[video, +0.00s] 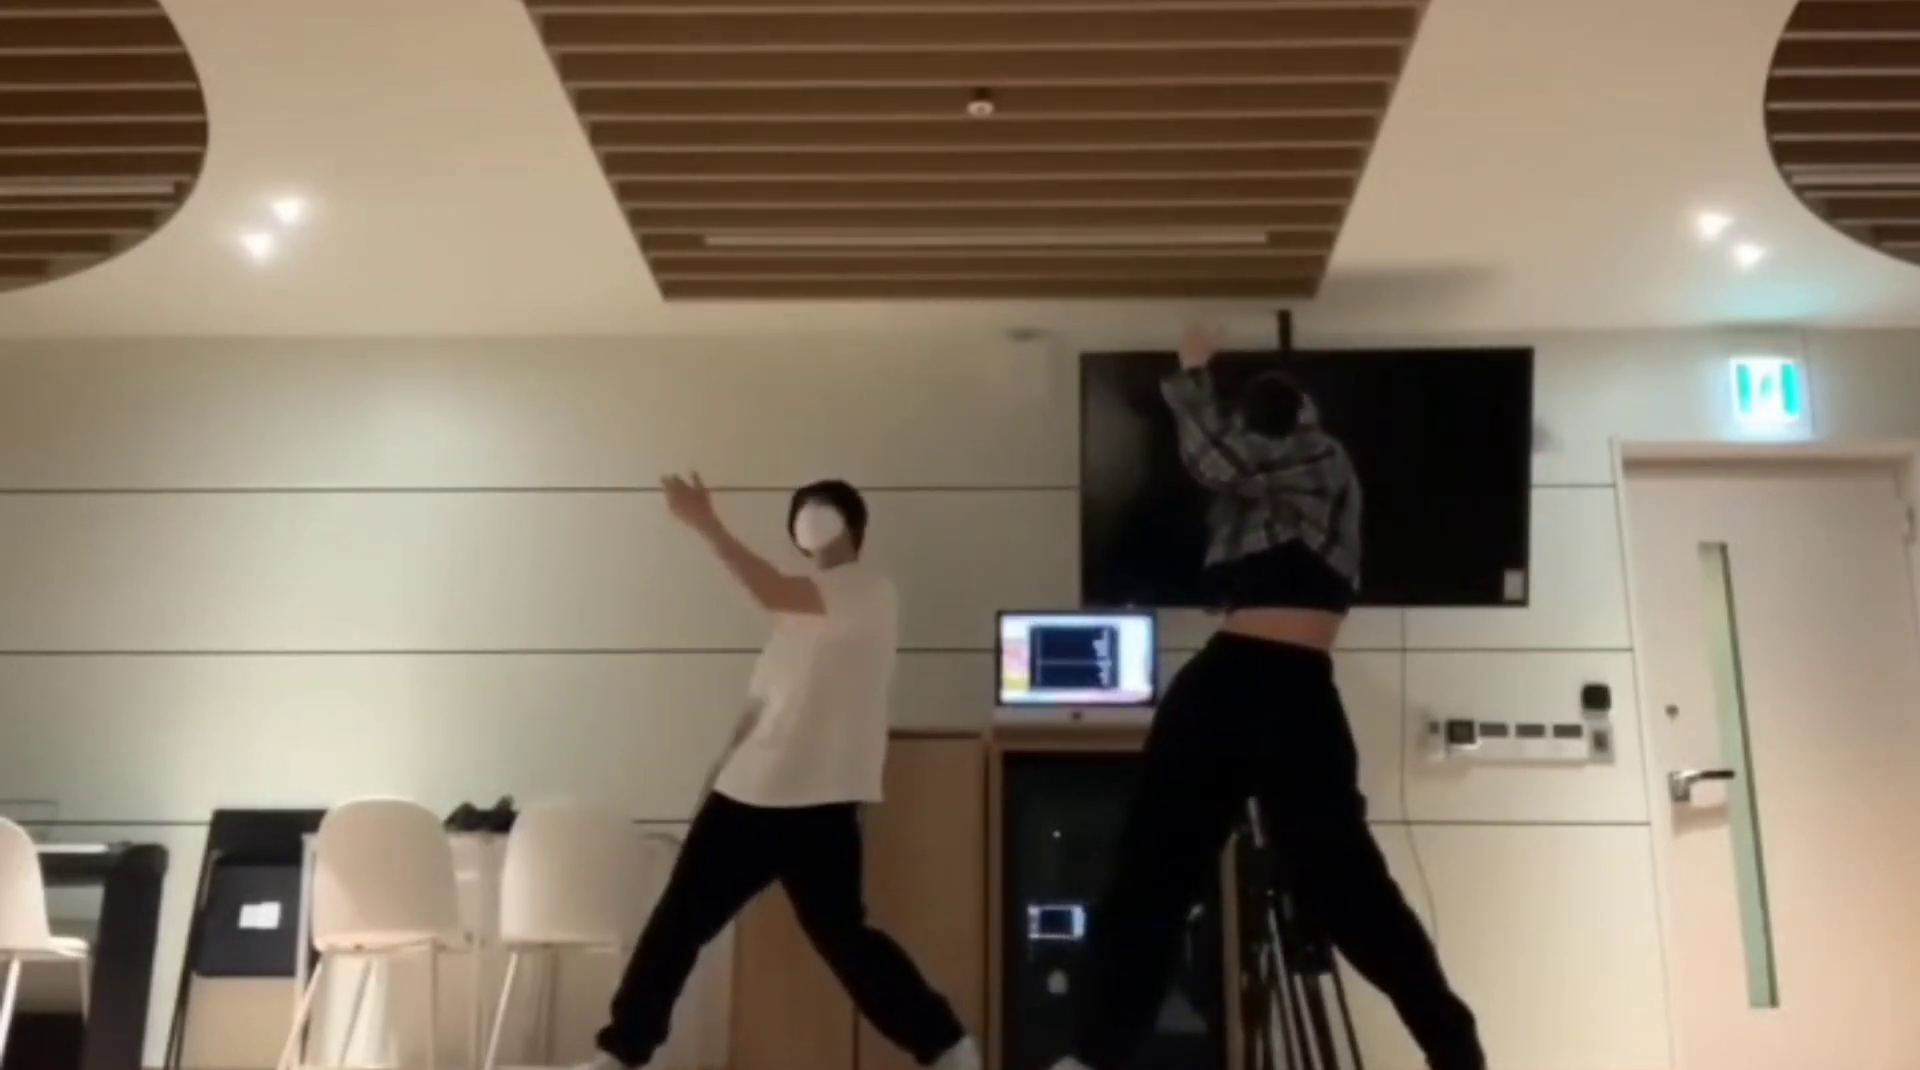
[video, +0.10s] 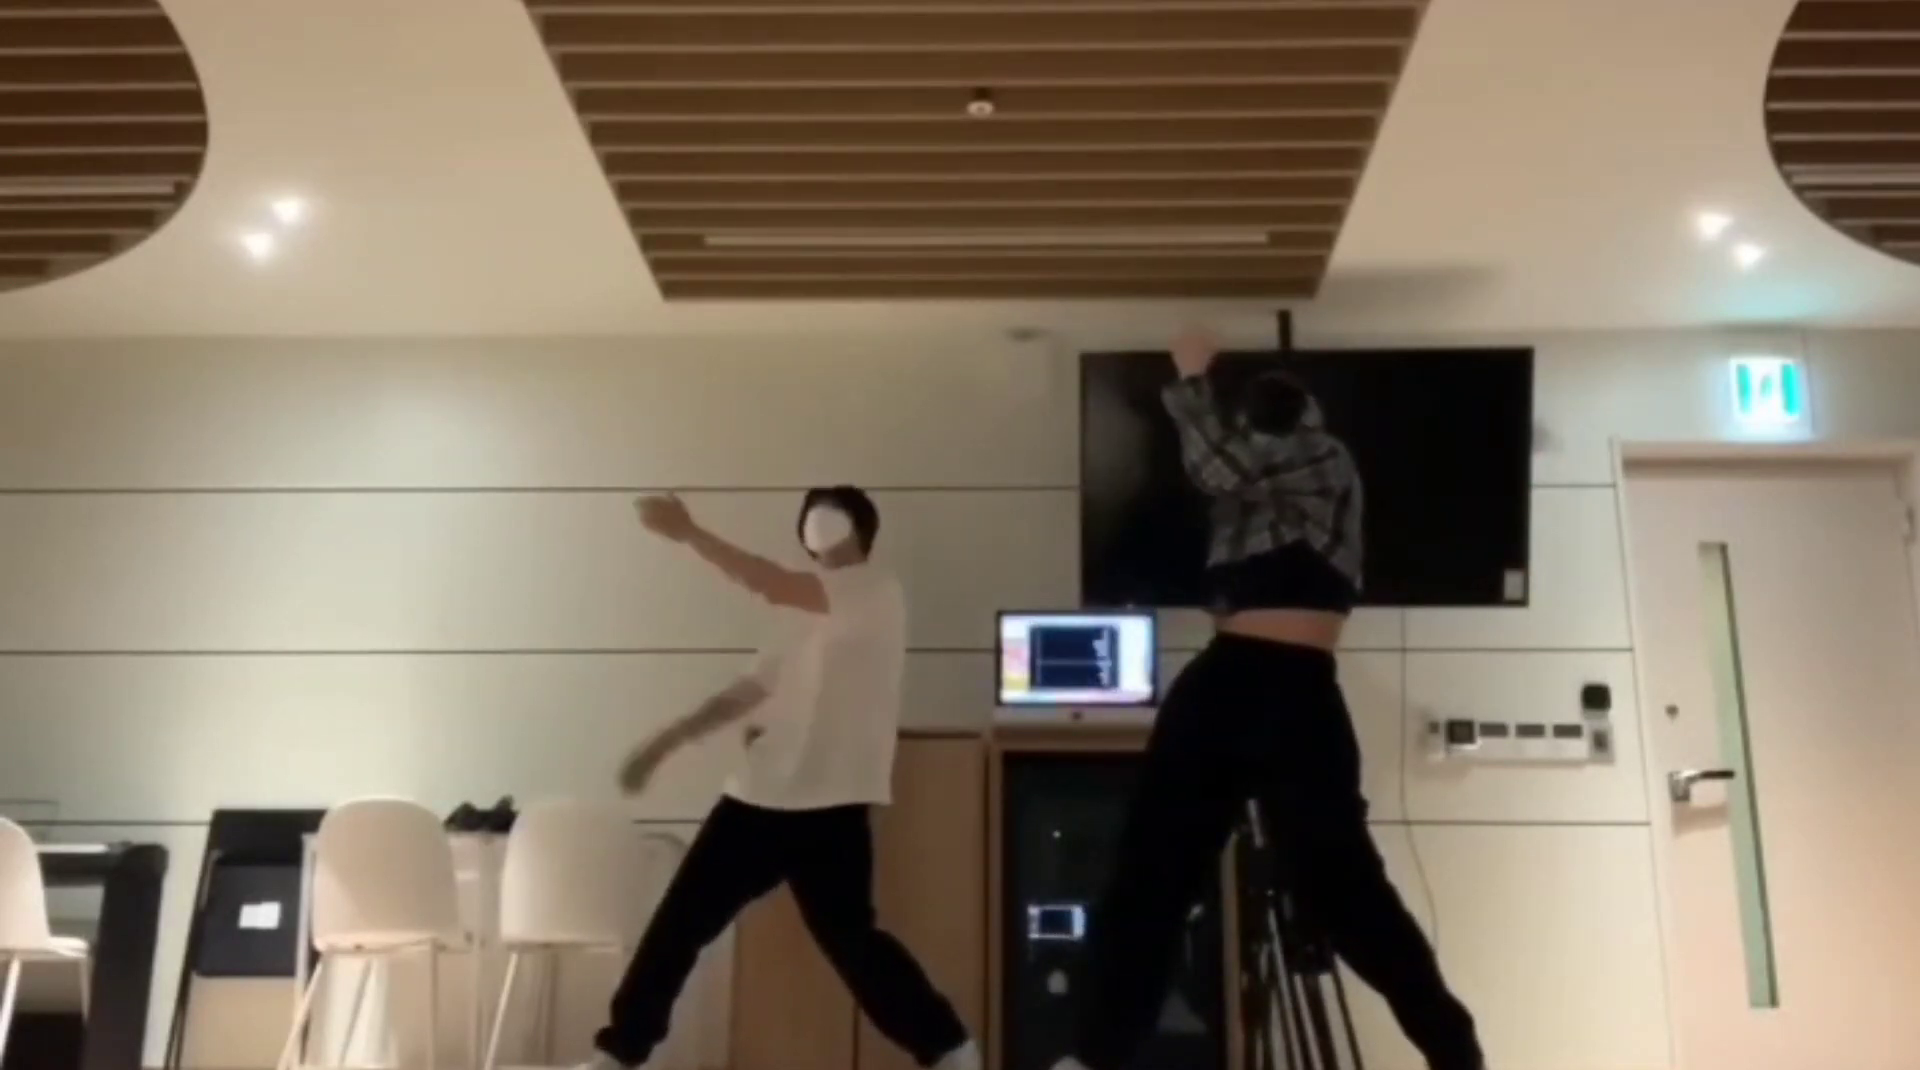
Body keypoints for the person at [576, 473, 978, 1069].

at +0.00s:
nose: (813, 527)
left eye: (826, 514)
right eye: (803, 518)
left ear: (855, 525)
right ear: (795, 535)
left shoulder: (871, 592)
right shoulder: (799, 605)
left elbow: (777, 593)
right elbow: (767, 701)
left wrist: (707, 526)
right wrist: (728, 763)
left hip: (816, 798)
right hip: (749, 793)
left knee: (841, 932)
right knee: (677, 925)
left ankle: (946, 1046)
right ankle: (622, 1049)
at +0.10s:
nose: (825, 550)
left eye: (838, 534)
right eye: (813, 537)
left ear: (866, 534)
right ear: (802, 541)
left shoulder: (876, 595)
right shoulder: (808, 617)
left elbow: (772, 583)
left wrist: (687, 531)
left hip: (830, 805)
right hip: (757, 801)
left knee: (851, 940)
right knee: (679, 925)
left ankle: (949, 1049)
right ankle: (621, 1050)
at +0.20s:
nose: (829, 534)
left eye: (842, 517)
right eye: (817, 523)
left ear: (871, 523)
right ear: (808, 533)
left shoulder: (886, 579)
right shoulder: (809, 607)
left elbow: (792, 577)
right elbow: (753, 675)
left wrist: (700, 536)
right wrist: (659, 673)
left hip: (846, 791)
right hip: (772, 790)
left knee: (863, 936)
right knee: (691, 918)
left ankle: (951, 1051)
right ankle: (619, 1047)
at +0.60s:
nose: (834, 488)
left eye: (847, 475)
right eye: (821, 479)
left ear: (873, 478)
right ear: (810, 488)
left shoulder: (905, 554)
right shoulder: (815, 555)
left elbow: (980, 575)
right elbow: (828, 588)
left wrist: (920, 531)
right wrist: (795, 560)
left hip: (880, 757)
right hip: (805, 757)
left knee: (913, 899)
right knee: (794, 899)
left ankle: (956, 1043)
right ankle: (817, 1042)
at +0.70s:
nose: (835, 496)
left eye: (847, 481)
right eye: (822, 486)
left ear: (873, 486)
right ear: (810, 496)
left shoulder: (891, 558)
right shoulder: (815, 565)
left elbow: (962, 607)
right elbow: (817, 624)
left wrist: (899, 560)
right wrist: (789, 583)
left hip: (877, 761)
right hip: (803, 763)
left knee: (915, 901)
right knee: (789, 899)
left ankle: (955, 1042)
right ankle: (819, 1041)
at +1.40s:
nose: (804, 532)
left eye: (814, 516)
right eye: (792, 522)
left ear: (843, 517)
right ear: (784, 532)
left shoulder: (873, 585)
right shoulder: (804, 596)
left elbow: (821, 643)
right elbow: (753, 644)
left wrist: (724, 650)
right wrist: (686, 648)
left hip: (853, 740)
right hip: (808, 742)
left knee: (725, 759)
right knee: (769, 888)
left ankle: (717, 921)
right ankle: (815, 1043)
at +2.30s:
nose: (812, 513)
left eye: (826, 500)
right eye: (802, 502)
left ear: (853, 510)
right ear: (792, 514)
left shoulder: (870, 574)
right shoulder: (784, 595)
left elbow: (904, 646)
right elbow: (751, 682)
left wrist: (835, 730)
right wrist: (757, 749)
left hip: (850, 776)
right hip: (785, 777)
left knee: (777, 908)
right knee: (727, 914)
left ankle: (832, 1056)